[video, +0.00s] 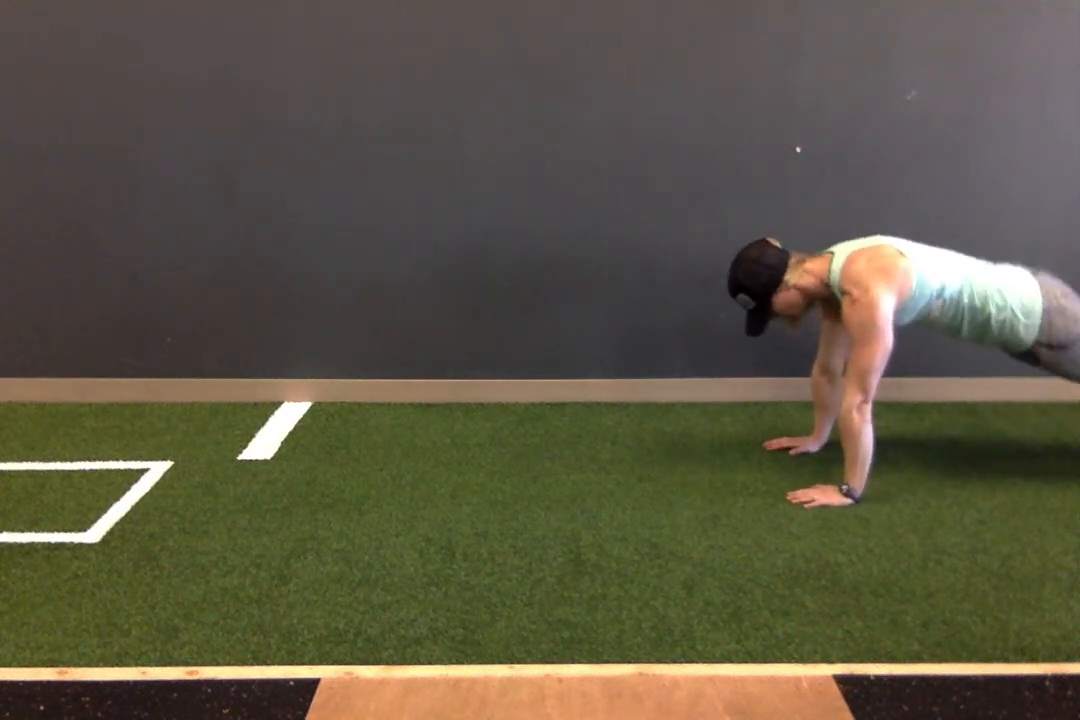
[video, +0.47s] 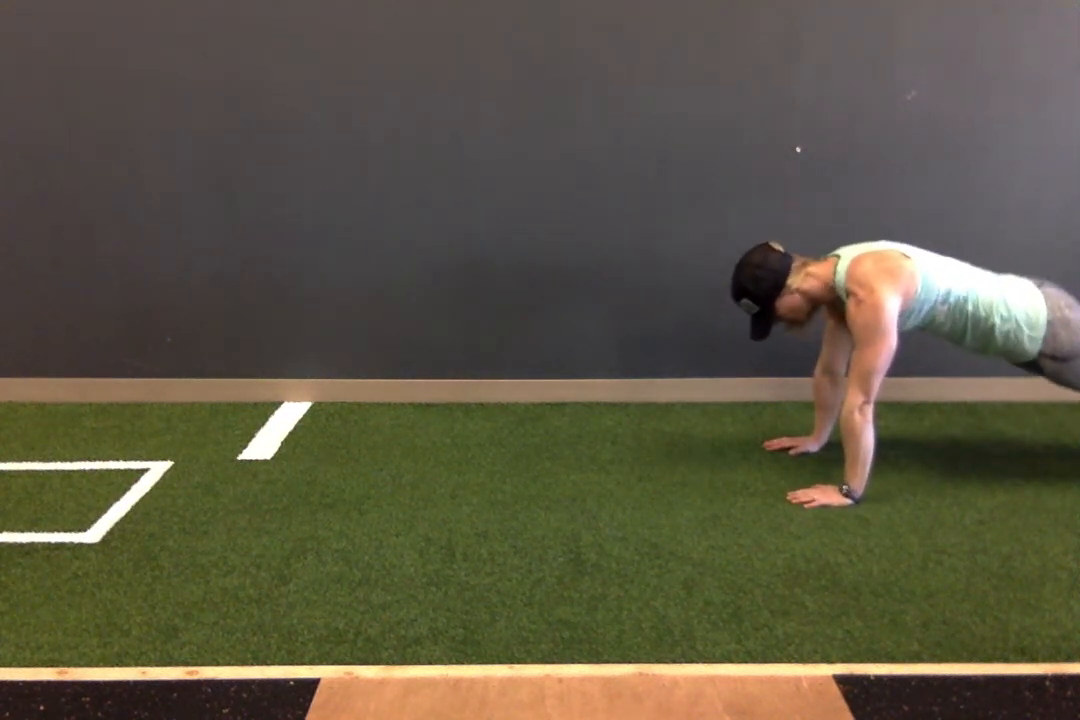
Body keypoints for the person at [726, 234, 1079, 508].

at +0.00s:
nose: (775, 315)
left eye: (767, 307)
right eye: (766, 310)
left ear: (783, 287)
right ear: (785, 271)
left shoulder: (866, 284)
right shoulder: (833, 276)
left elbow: (858, 400)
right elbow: (827, 368)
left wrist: (851, 488)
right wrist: (817, 438)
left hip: (1039, 316)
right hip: (1021, 313)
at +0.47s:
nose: (779, 320)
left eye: (771, 311)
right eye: (771, 315)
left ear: (788, 289)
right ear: (790, 273)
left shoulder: (871, 285)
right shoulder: (837, 278)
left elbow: (860, 402)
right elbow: (829, 369)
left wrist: (851, 489)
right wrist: (817, 439)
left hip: (1046, 327)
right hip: (1026, 327)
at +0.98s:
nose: (780, 323)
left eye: (773, 314)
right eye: (772, 317)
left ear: (790, 288)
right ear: (789, 279)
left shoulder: (866, 283)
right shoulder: (826, 272)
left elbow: (860, 400)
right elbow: (824, 365)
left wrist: (851, 489)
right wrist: (818, 437)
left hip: (1027, 290)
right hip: (996, 308)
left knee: (1065, 405)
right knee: (1061, 394)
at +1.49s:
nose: (740, 315)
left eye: (733, 305)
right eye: (731, 310)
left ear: (751, 281)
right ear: (754, 270)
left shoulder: (824, 292)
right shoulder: (798, 280)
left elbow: (853, 399)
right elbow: (815, 367)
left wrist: (851, 489)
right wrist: (817, 437)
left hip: (981, 331)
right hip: (971, 331)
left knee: (869, 359)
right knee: (1059, 398)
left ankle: (954, 481)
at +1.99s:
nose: (684, 344)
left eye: (677, 334)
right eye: (676, 337)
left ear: (690, 311)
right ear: (702, 291)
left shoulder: (748, 323)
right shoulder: (762, 293)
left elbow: (699, 426)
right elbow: (808, 369)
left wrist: (622, 481)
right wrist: (811, 431)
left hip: (945, 341)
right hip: (961, 314)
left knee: (823, 421)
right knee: (1049, 389)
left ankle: (948, 474)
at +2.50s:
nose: (567, 338)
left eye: (560, 327)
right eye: (558, 330)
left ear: (575, 306)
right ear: (588, 285)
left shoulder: (639, 322)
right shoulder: (643, 291)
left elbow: (652, 425)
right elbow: (623, 377)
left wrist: (621, 501)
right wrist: (575, 432)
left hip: (833, 334)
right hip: (851, 294)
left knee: (768, 467)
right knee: (976, 373)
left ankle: (914, 462)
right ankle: (1076, 387)